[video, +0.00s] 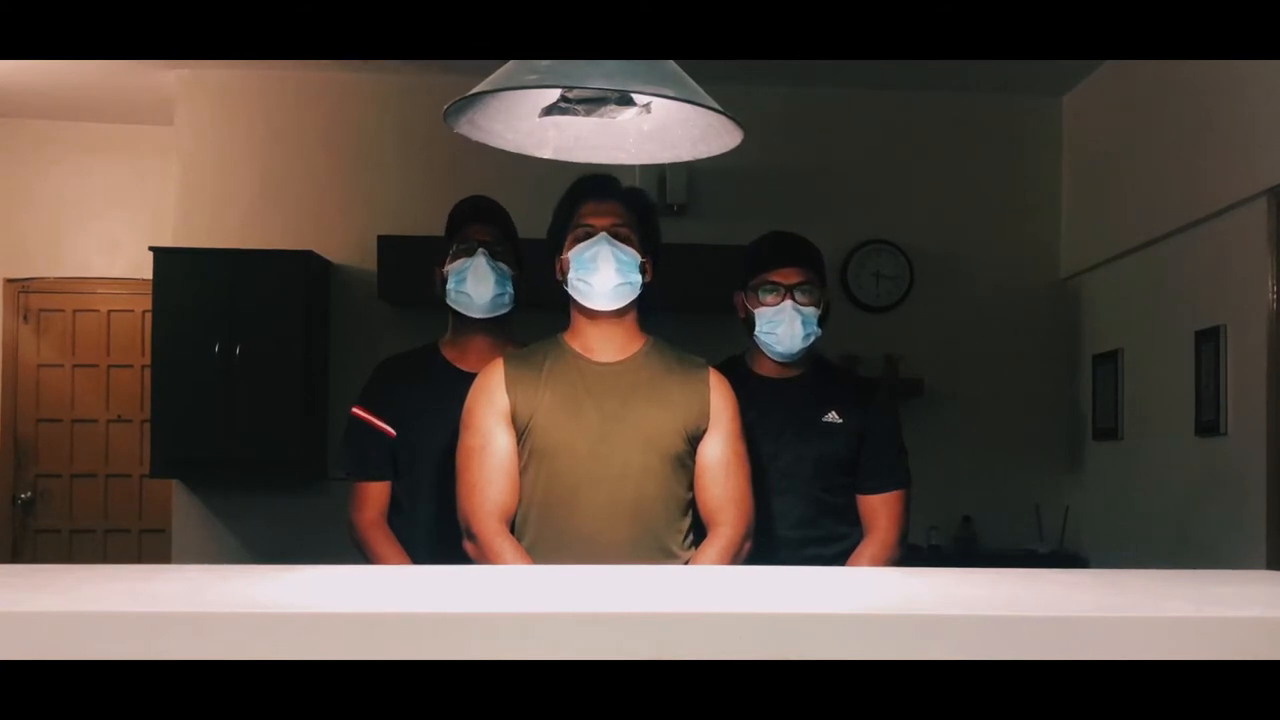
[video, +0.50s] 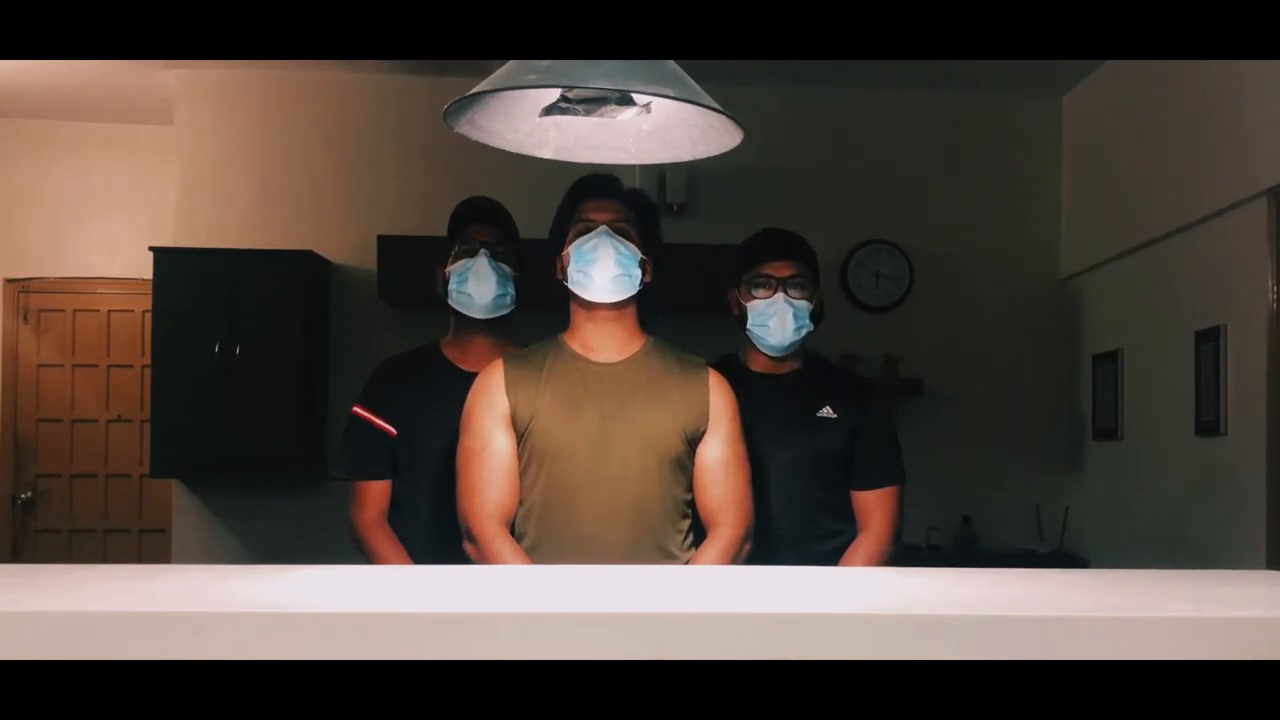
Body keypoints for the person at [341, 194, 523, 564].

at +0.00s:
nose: (480, 263)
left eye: (496, 252)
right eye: (464, 251)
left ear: (515, 270)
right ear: (442, 270)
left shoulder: (542, 380)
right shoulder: (397, 379)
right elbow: (368, 519)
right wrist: (421, 598)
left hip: (518, 594)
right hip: (426, 592)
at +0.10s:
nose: (480, 264)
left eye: (496, 253)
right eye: (464, 251)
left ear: (515, 270)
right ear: (442, 270)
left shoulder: (542, 381)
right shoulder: (397, 379)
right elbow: (368, 520)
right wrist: (421, 599)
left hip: (518, 594)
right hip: (426, 592)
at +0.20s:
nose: (481, 264)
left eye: (497, 253)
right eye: (466, 251)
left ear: (515, 270)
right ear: (442, 270)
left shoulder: (541, 381)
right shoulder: (397, 380)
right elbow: (368, 519)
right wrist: (421, 598)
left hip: (518, 594)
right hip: (426, 592)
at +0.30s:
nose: (481, 263)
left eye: (497, 252)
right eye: (466, 250)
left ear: (515, 270)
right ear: (442, 271)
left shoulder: (541, 381)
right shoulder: (397, 380)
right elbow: (368, 520)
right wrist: (421, 598)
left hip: (518, 593)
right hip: (426, 592)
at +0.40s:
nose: (482, 263)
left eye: (498, 253)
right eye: (467, 251)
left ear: (516, 270)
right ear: (443, 271)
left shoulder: (542, 381)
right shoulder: (397, 380)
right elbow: (368, 519)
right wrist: (421, 598)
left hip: (518, 593)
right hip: (426, 592)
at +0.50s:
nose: (482, 263)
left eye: (498, 253)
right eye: (468, 251)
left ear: (516, 270)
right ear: (444, 271)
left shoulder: (542, 382)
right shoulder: (397, 380)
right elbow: (368, 519)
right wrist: (422, 598)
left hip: (518, 594)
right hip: (427, 592)